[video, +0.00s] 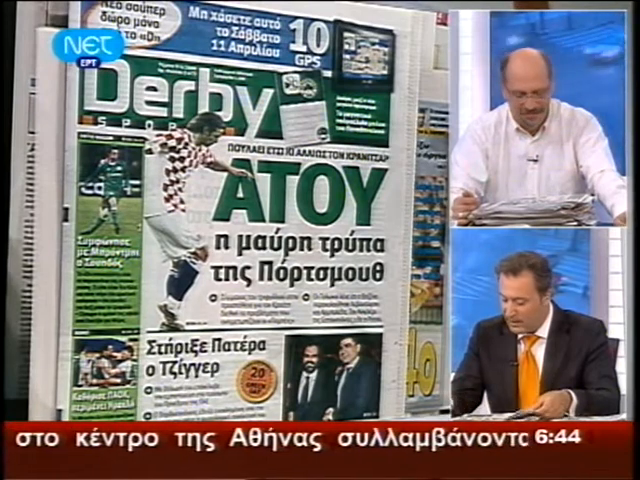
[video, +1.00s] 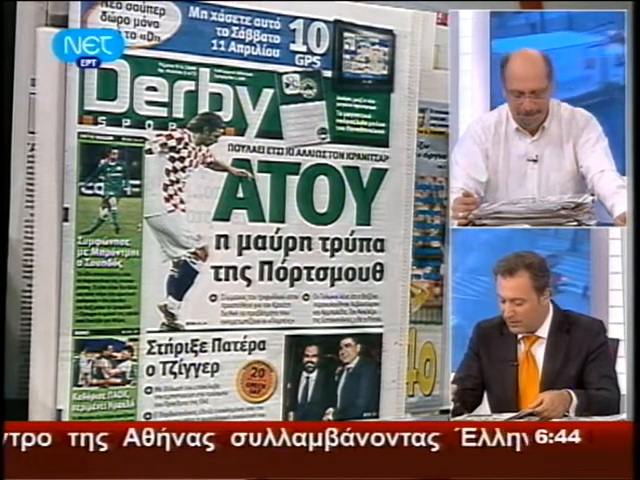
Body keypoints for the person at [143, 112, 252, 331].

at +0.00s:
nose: (215, 141)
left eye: (217, 137)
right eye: (215, 136)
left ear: (207, 132)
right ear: (205, 130)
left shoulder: (199, 150)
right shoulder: (179, 137)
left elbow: (212, 162)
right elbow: (149, 145)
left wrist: (232, 170)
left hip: (165, 209)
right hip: (161, 208)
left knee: (180, 262)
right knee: (200, 251)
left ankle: (170, 317)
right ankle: (172, 304)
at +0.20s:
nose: (215, 141)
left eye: (217, 137)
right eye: (215, 136)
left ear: (207, 132)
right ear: (205, 130)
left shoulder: (199, 150)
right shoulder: (179, 137)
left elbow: (212, 162)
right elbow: (149, 145)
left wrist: (232, 170)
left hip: (165, 209)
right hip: (161, 208)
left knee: (180, 262)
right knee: (200, 251)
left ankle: (170, 317)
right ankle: (172, 304)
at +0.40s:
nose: (215, 141)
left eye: (217, 137)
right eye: (215, 136)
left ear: (207, 132)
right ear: (205, 130)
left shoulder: (199, 150)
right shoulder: (179, 137)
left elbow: (212, 162)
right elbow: (149, 145)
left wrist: (232, 170)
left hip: (165, 209)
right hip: (161, 208)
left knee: (180, 262)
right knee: (200, 251)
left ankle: (170, 317)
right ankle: (172, 304)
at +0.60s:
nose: (215, 141)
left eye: (217, 137)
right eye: (215, 136)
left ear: (207, 132)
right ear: (205, 130)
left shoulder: (199, 150)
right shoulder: (179, 137)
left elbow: (212, 162)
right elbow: (149, 145)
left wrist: (232, 170)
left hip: (165, 209)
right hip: (161, 208)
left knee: (180, 262)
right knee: (200, 251)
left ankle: (170, 317)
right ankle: (172, 304)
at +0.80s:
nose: (215, 141)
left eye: (217, 137)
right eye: (215, 136)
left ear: (207, 132)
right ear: (205, 130)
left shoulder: (199, 150)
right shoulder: (179, 137)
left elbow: (212, 162)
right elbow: (149, 145)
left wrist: (232, 170)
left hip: (165, 209)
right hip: (161, 208)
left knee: (180, 262)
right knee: (200, 251)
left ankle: (170, 317)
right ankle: (172, 304)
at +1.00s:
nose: (215, 141)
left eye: (217, 137)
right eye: (215, 135)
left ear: (207, 132)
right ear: (205, 130)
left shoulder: (199, 150)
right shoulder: (179, 137)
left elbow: (212, 162)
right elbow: (148, 146)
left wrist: (232, 170)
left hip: (165, 209)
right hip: (161, 208)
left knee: (180, 262)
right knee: (200, 251)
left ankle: (171, 317)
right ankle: (172, 304)